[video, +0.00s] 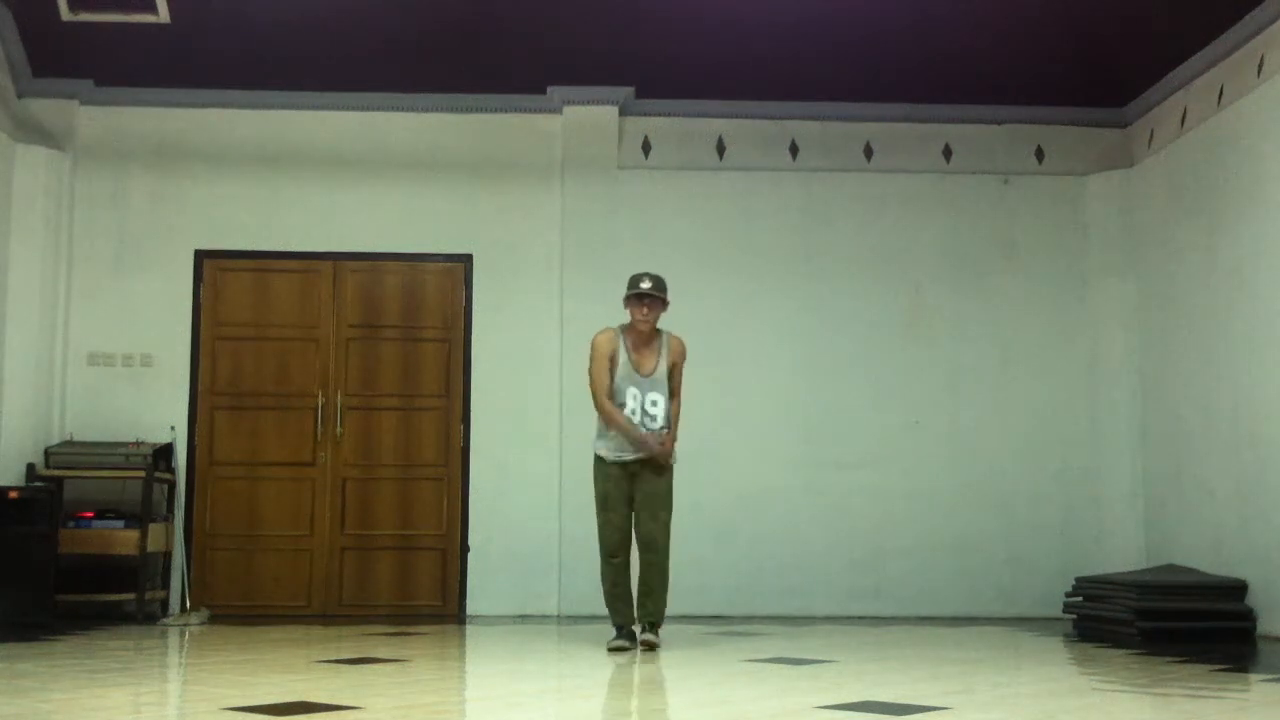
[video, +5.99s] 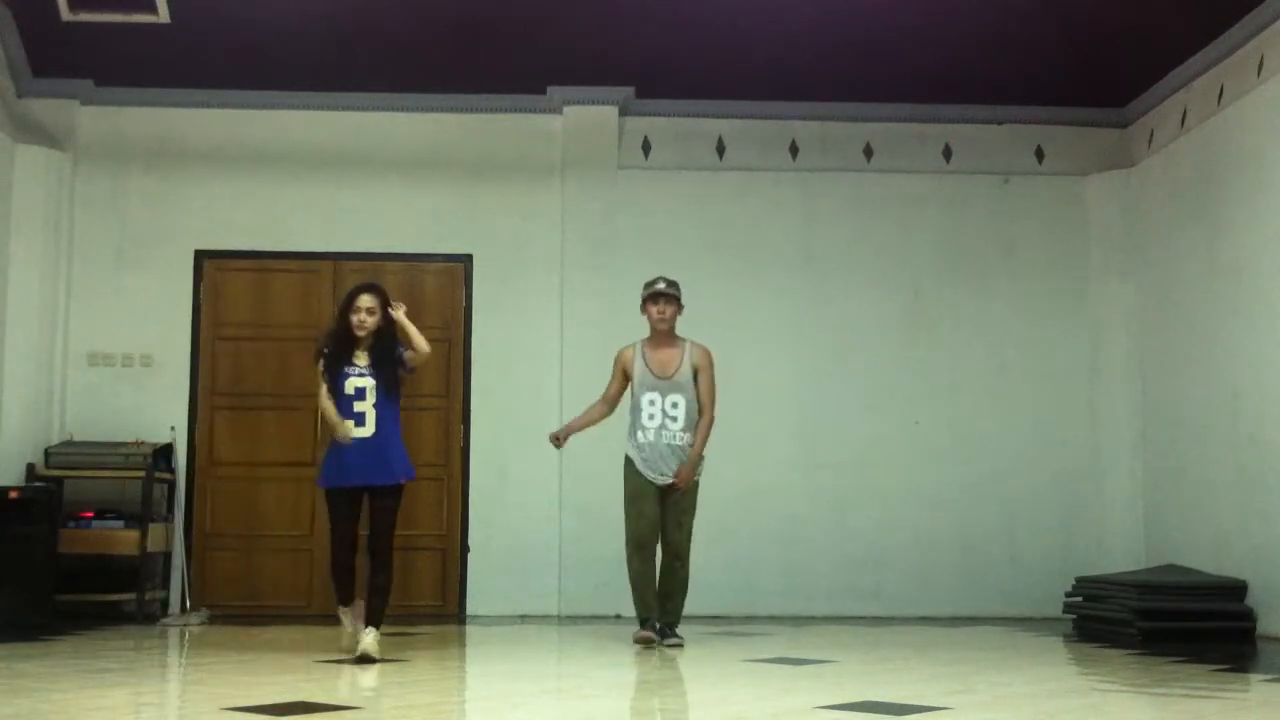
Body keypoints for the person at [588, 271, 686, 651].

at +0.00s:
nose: (644, 308)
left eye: (652, 302)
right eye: (637, 301)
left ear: (663, 307)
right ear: (627, 304)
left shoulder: (673, 347)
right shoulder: (606, 342)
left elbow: (674, 399)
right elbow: (601, 401)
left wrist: (669, 439)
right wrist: (639, 438)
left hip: (655, 460)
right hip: (612, 460)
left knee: (654, 542)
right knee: (614, 546)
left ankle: (650, 625)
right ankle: (622, 627)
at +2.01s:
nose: (648, 308)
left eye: (655, 302)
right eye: (641, 301)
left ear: (665, 310)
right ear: (630, 308)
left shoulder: (674, 363)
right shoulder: (607, 350)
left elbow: (679, 421)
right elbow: (593, 403)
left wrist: (681, 473)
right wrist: (591, 451)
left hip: (659, 470)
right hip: (614, 467)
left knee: (652, 549)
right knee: (618, 546)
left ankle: (647, 624)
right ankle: (620, 624)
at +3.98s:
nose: (708, 325)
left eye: (716, 318)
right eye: (704, 318)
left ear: (731, 323)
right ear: (697, 324)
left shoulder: (746, 376)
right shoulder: (678, 363)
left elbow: (741, 427)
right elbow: (664, 413)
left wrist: (727, 463)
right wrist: (666, 456)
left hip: (723, 479)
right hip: (676, 473)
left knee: (727, 551)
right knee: (650, 538)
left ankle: (718, 619)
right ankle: (656, 594)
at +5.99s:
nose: (661, 308)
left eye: (669, 302)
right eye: (654, 302)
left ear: (679, 309)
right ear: (644, 309)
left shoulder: (698, 355)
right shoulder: (629, 356)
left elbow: (707, 413)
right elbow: (606, 404)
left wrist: (693, 461)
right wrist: (568, 429)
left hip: (682, 466)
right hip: (640, 464)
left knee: (677, 547)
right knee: (641, 543)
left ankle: (669, 625)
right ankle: (647, 623)